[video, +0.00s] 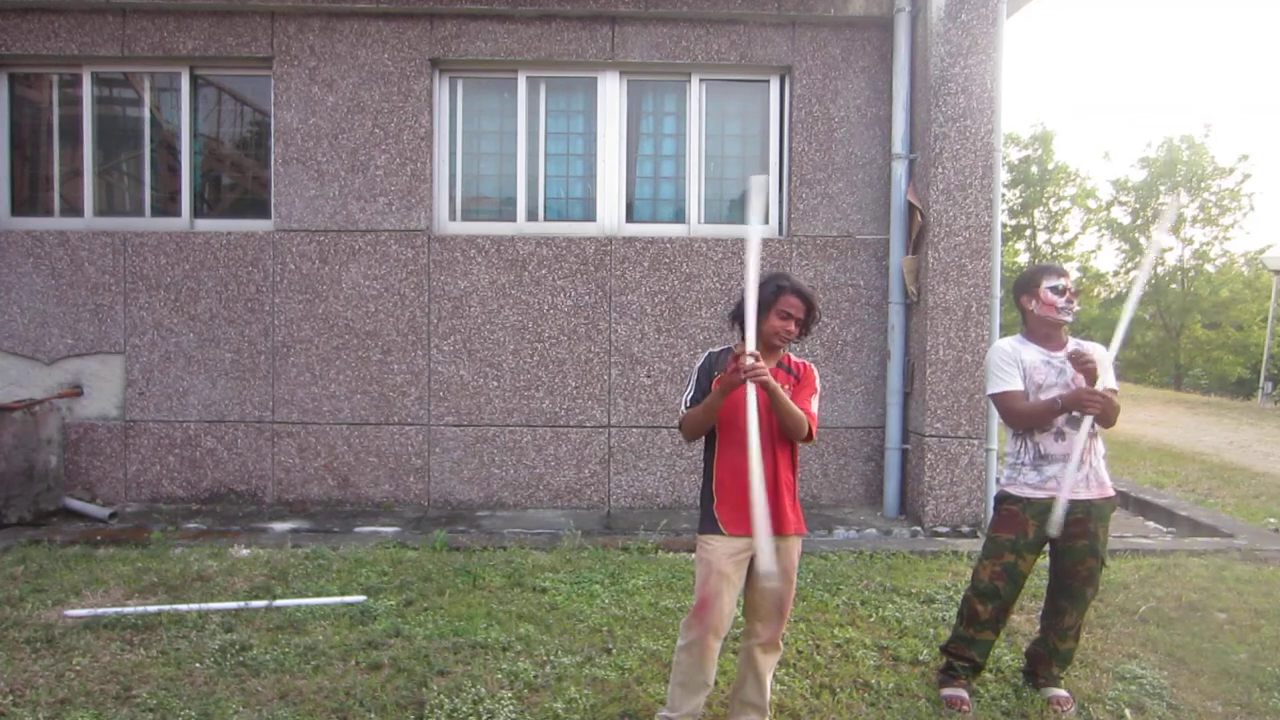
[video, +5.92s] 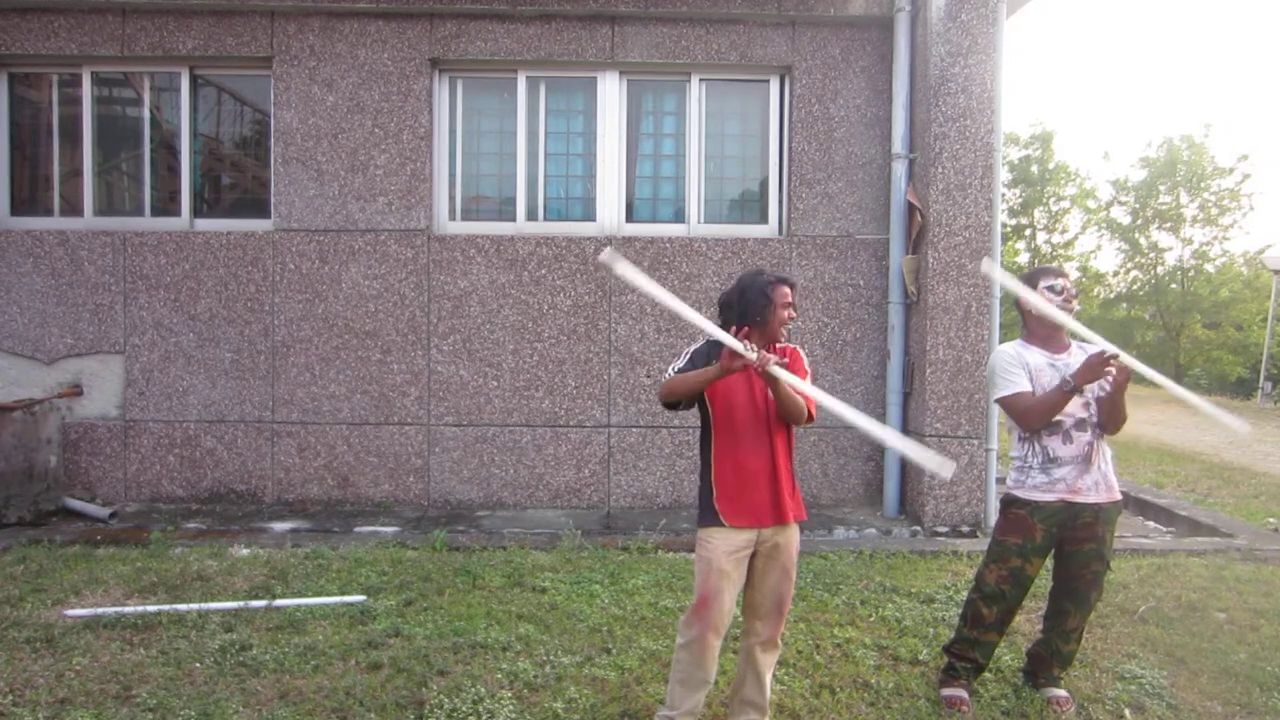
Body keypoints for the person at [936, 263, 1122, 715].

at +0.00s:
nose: (1069, 298)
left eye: (1072, 292)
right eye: (1057, 290)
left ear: (1075, 304)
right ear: (1027, 301)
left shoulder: (1094, 355)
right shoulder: (1005, 352)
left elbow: (1109, 417)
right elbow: (1016, 416)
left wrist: (1092, 379)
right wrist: (1067, 401)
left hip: (1087, 495)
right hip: (1026, 492)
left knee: (1075, 593)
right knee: (992, 584)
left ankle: (1045, 671)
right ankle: (956, 674)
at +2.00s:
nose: (1071, 300)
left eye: (1074, 293)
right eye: (1059, 291)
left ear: (1076, 304)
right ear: (1029, 300)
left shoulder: (1094, 356)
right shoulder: (1006, 355)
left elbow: (1110, 420)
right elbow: (1018, 421)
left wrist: (1103, 421)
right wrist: (1071, 396)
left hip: (1089, 497)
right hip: (1028, 496)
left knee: (1076, 594)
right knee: (994, 585)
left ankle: (1045, 671)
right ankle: (957, 674)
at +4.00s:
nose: (1060, 298)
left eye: (1068, 292)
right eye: (1048, 291)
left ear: (1077, 304)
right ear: (1025, 304)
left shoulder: (1095, 355)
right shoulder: (1008, 355)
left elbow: (1112, 423)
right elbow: (1021, 420)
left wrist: (1099, 393)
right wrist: (1078, 399)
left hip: (1094, 499)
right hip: (1032, 496)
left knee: (1078, 597)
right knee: (997, 586)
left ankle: (1045, 673)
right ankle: (958, 673)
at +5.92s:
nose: (1067, 297)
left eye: (1071, 292)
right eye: (1054, 290)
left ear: (1076, 305)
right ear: (1026, 303)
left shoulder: (1091, 357)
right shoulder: (1008, 356)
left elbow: (1111, 426)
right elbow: (1029, 418)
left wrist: (1117, 392)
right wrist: (1078, 380)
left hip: (1094, 498)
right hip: (1033, 497)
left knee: (1078, 597)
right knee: (997, 588)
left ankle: (1045, 673)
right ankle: (958, 675)